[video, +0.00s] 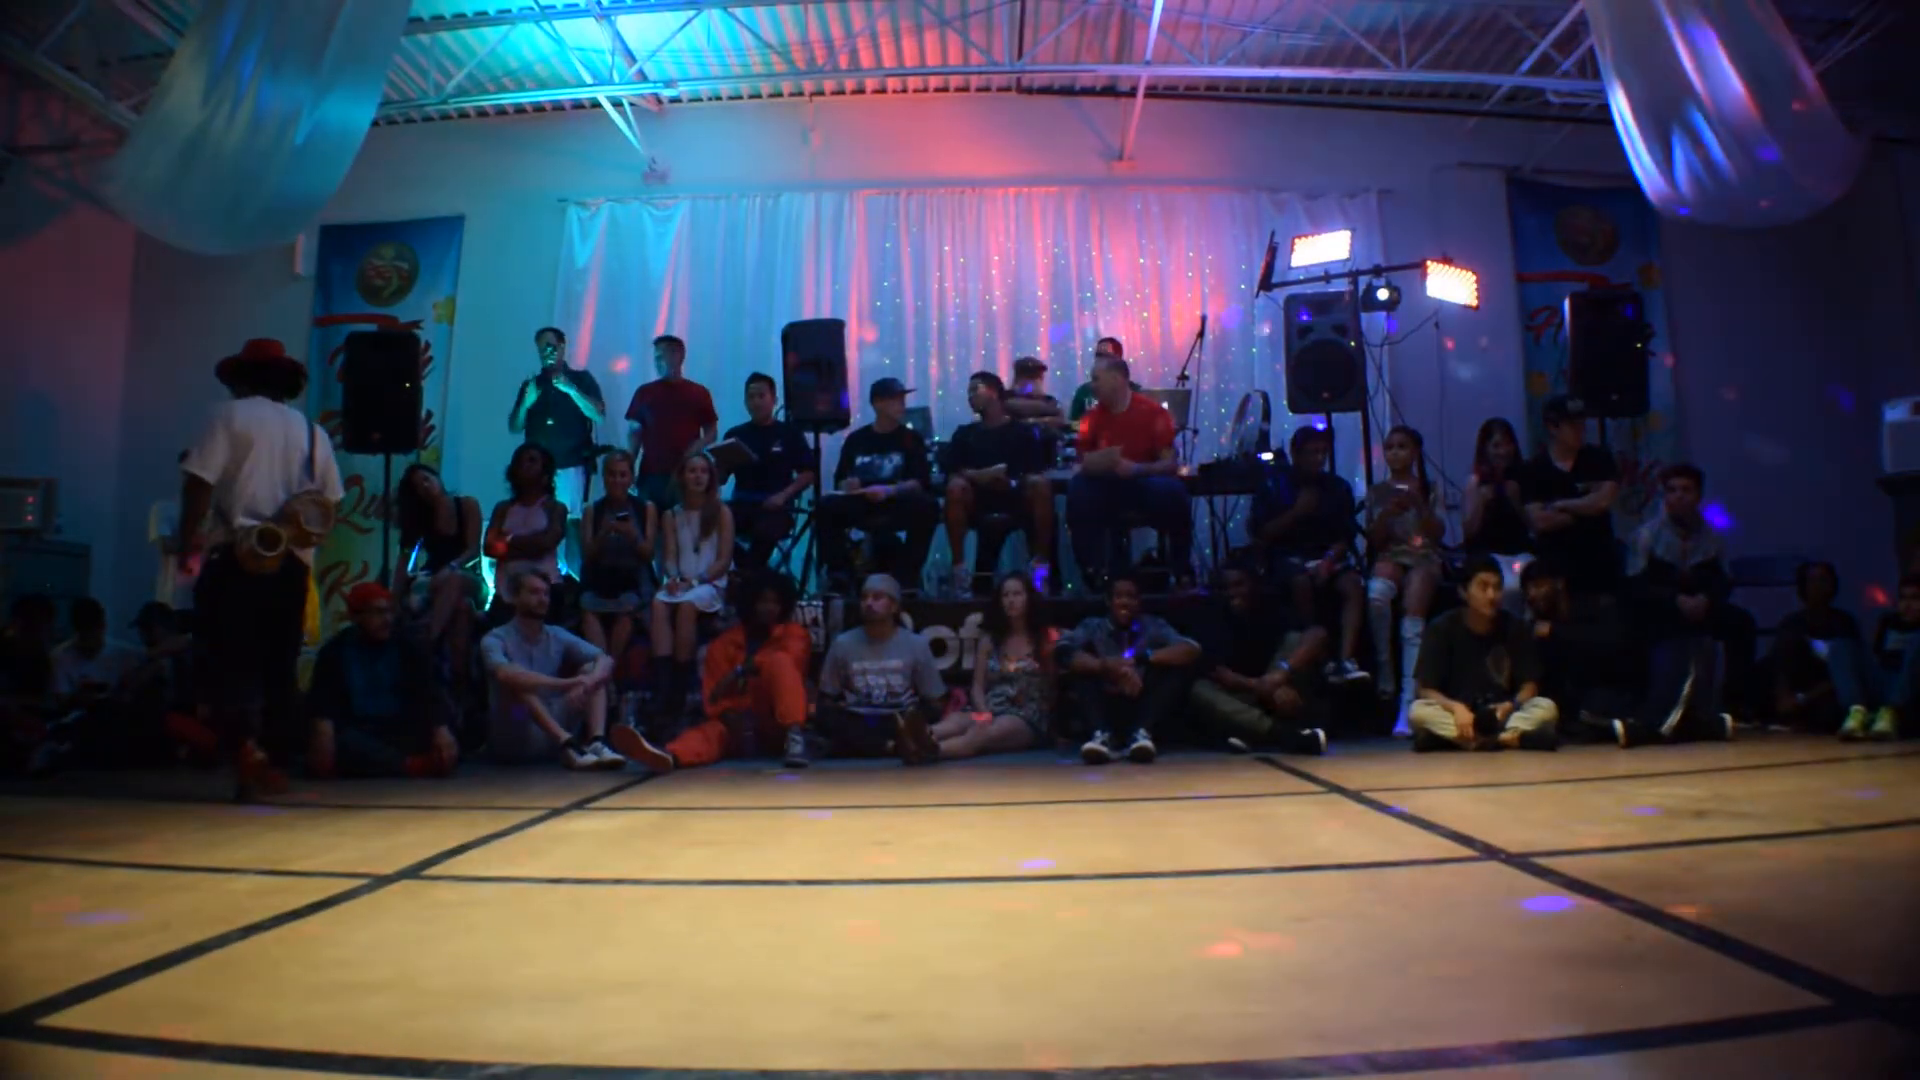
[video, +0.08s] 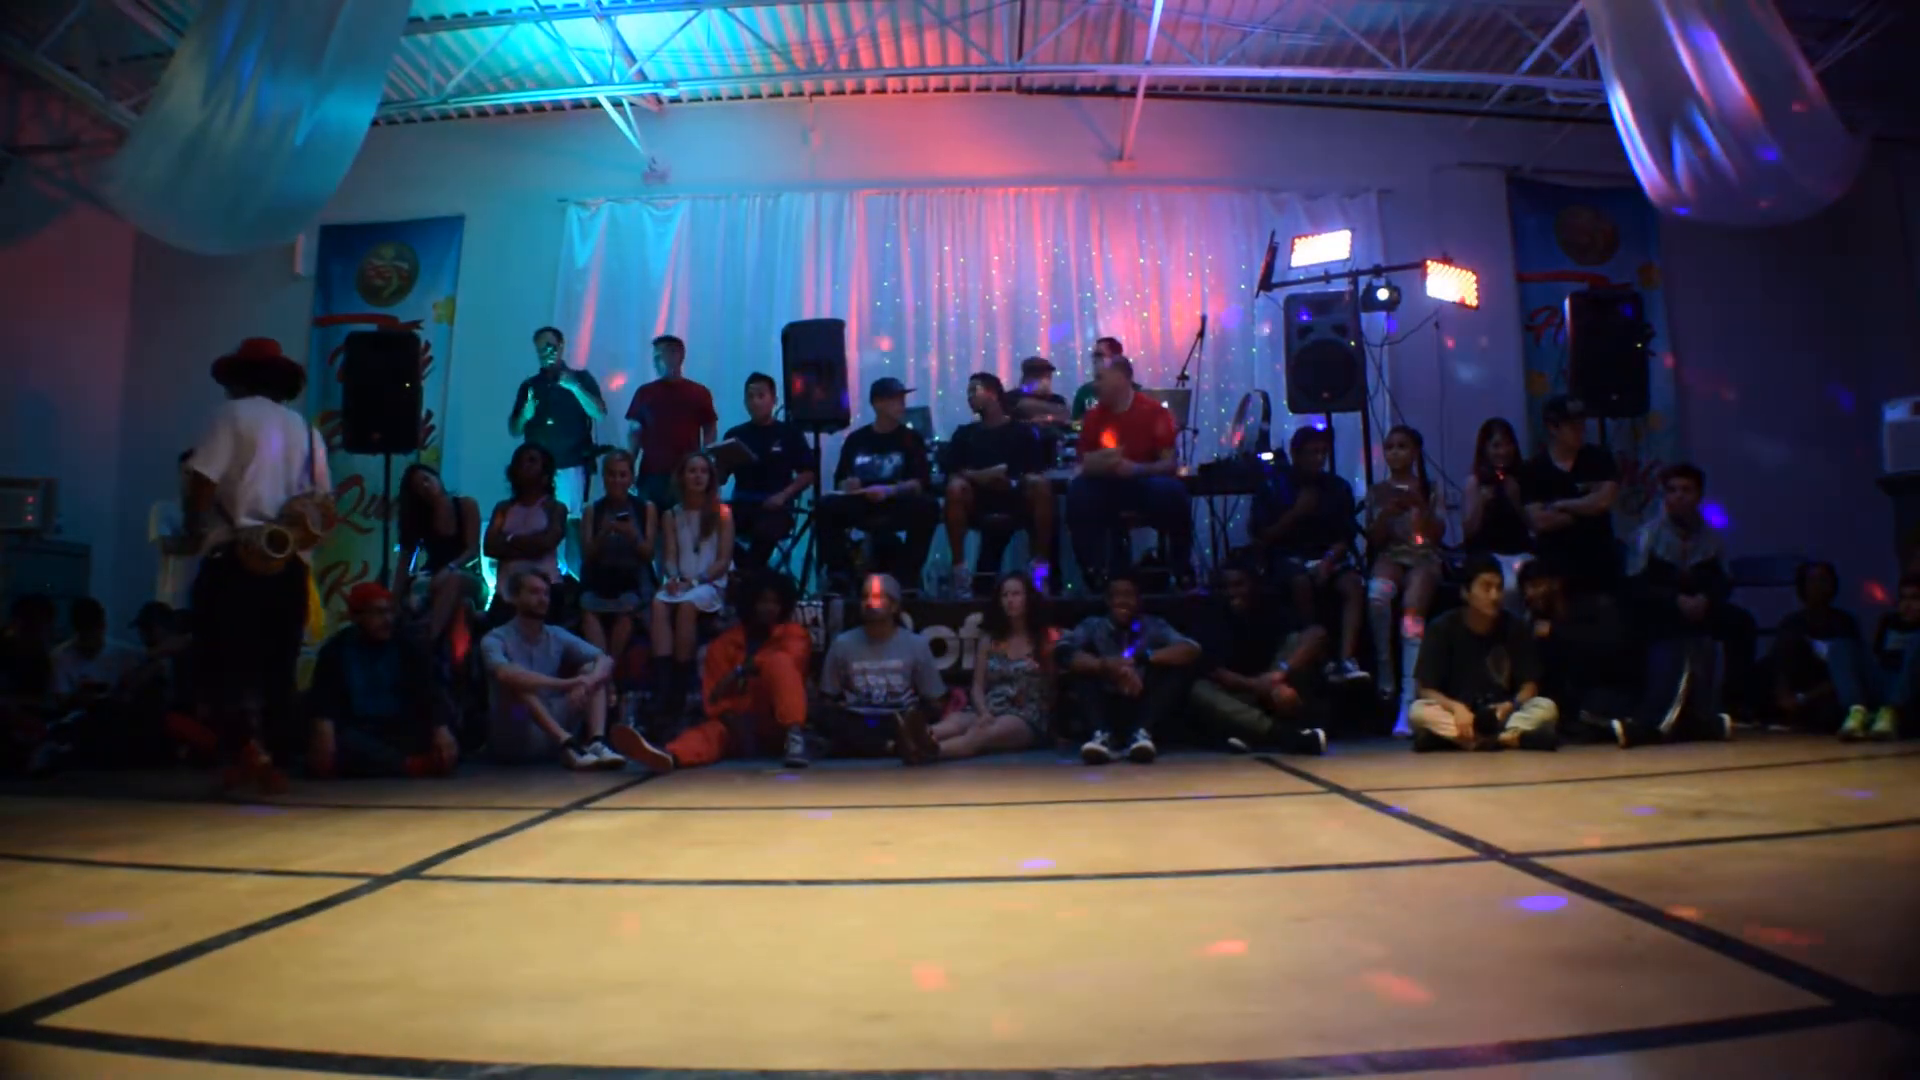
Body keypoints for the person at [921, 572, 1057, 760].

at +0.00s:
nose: (1011, 600)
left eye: (1017, 594)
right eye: (1006, 595)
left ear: (1030, 598)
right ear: (999, 600)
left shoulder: (1044, 638)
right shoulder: (990, 640)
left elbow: (1053, 683)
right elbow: (978, 685)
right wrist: (983, 712)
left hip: (1030, 714)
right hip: (993, 710)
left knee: (980, 735)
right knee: (957, 720)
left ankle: (931, 751)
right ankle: (918, 736)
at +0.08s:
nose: (1010, 601)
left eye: (1016, 594)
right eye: (1005, 595)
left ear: (1029, 598)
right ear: (999, 600)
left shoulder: (1043, 639)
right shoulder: (989, 640)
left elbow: (1053, 683)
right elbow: (977, 686)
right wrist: (984, 713)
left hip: (1028, 714)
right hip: (991, 710)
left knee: (982, 736)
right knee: (956, 721)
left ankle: (930, 752)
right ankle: (916, 737)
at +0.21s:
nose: (1009, 601)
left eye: (1015, 594)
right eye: (1004, 596)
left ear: (1029, 599)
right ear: (999, 601)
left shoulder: (1042, 640)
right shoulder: (989, 641)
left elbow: (1051, 687)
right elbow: (977, 688)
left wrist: (1052, 729)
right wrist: (984, 713)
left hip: (1027, 714)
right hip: (991, 710)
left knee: (981, 735)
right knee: (957, 720)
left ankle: (931, 752)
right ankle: (919, 738)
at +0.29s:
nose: (1008, 601)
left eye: (1015, 594)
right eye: (1004, 595)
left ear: (1029, 598)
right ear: (998, 600)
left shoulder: (1043, 639)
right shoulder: (989, 641)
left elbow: (1051, 684)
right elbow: (977, 688)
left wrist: (1044, 717)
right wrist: (984, 713)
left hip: (1026, 712)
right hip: (991, 712)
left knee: (981, 735)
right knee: (957, 720)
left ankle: (932, 752)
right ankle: (920, 738)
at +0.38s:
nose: (1008, 601)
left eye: (1014, 594)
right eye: (1004, 596)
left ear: (1029, 599)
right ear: (999, 601)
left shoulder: (1043, 639)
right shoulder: (990, 641)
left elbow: (1052, 687)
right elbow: (977, 688)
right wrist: (985, 714)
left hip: (1027, 715)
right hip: (991, 711)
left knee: (984, 734)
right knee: (959, 720)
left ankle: (931, 751)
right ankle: (921, 736)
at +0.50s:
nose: (1008, 601)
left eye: (1015, 594)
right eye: (1004, 595)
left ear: (1029, 598)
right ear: (998, 601)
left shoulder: (1042, 639)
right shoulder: (990, 640)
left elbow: (1052, 684)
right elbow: (977, 686)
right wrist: (985, 714)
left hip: (1027, 714)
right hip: (991, 710)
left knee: (984, 735)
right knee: (956, 720)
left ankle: (932, 751)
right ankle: (921, 736)